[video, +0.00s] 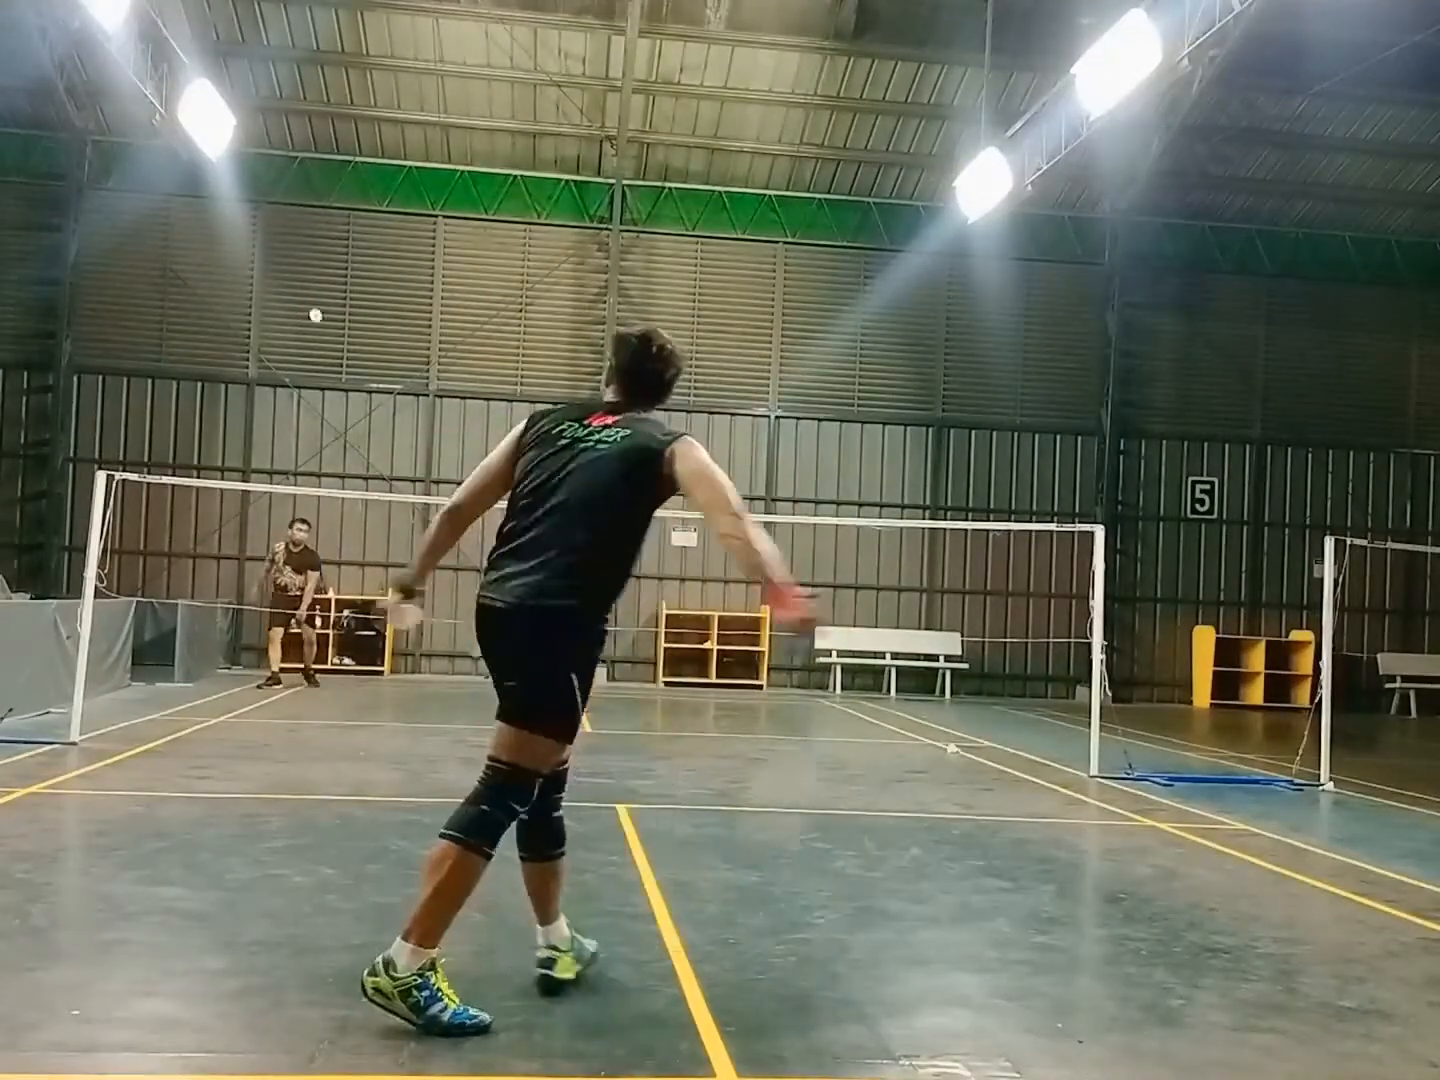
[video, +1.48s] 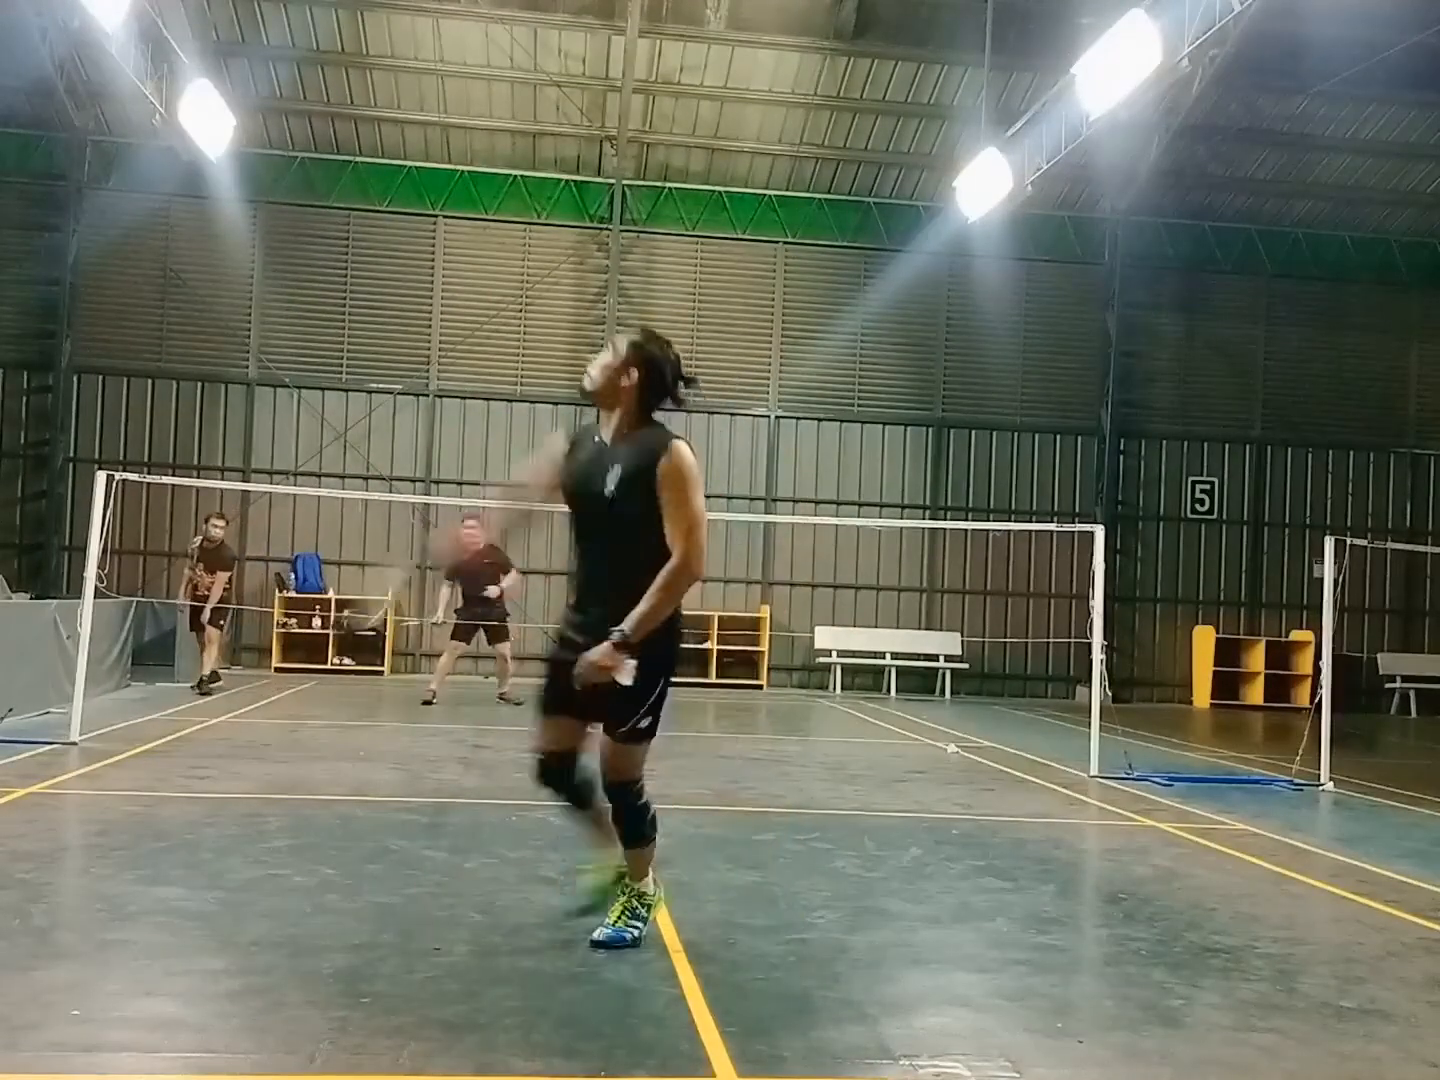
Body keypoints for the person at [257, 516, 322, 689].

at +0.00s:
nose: (301, 534)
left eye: (305, 531)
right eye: (298, 530)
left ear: (308, 535)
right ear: (290, 531)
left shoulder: (312, 556)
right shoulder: (278, 550)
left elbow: (311, 585)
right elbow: (267, 570)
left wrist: (303, 608)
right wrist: (259, 589)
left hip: (302, 597)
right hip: (280, 596)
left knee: (309, 636)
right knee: (274, 634)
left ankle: (308, 670)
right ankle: (274, 674)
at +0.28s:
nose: (280, 530)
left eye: (284, 527)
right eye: (276, 526)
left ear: (289, 530)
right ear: (270, 528)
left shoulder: (294, 552)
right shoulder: (262, 547)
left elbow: (291, 580)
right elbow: (253, 568)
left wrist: (280, 602)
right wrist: (251, 588)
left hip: (287, 594)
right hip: (267, 594)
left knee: (286, 630)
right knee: (269, 634)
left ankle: (289, 670)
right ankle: (274, 673)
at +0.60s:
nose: (252, 531)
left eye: (257, 527)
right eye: (249, 527)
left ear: (266, 529)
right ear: (247, 528)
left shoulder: (269, 551)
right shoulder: (253, 549)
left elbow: (264, 581)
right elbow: (245, 570)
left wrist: (256, 602)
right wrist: (246, 585)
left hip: (269, 596)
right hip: (255, 593)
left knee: (265, 634)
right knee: (232, 625)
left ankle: (268, 676)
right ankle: (247, 661)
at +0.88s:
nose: (230, 531)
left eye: (234, 528)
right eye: (227, 527)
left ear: (243, 530)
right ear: (224, 529)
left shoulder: (245, 550)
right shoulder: (231, 548)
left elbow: (241, 578)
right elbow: (228, 569)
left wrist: (231, 601)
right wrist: (220, 580)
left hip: (244, 594)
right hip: (229, 591)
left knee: (242, 635)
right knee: (215, 633)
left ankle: (261, 672)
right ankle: (214, 673)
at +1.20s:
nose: (217, 528)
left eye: (221, 525)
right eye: (214, 524)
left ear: (228, 528)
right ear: (208, 525)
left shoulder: (230, 549)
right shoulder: (205, 545)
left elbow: (225, 577)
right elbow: (199, 567)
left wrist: (216, 601)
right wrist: (192, 588)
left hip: (227, 589)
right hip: (209, 588)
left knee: (220, 620)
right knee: (207, 631)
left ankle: (213, 666)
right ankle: (212, 671)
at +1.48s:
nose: (217, 531)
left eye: (221, 528)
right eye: (213, 526)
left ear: (225, 531)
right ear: (205, 526)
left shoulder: (227, 554)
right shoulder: (196, 545)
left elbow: (220, 584)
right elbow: (189, 569)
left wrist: (209, 607)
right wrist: (182, 593)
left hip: (218, 599)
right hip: (198, 597)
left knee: (211, 637)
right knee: (201, 639)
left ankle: (204, 677)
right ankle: (212, 672)